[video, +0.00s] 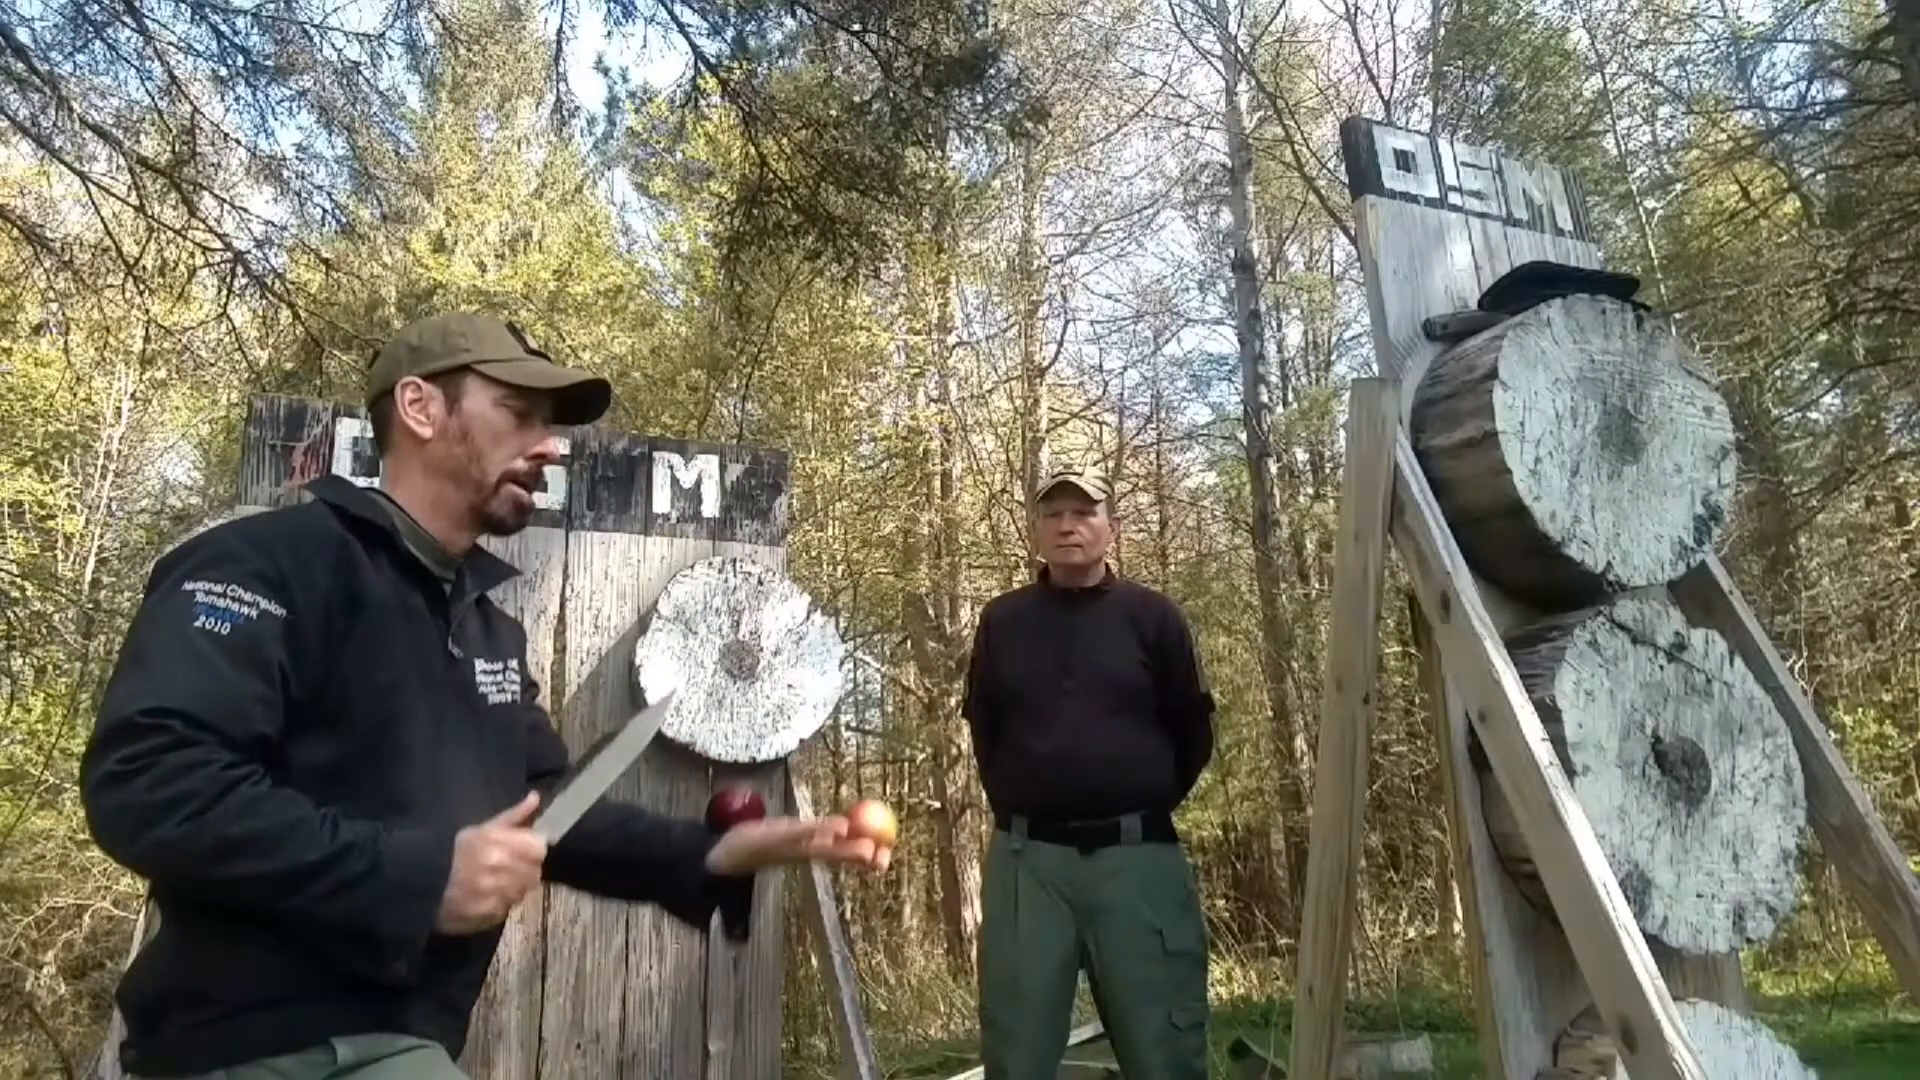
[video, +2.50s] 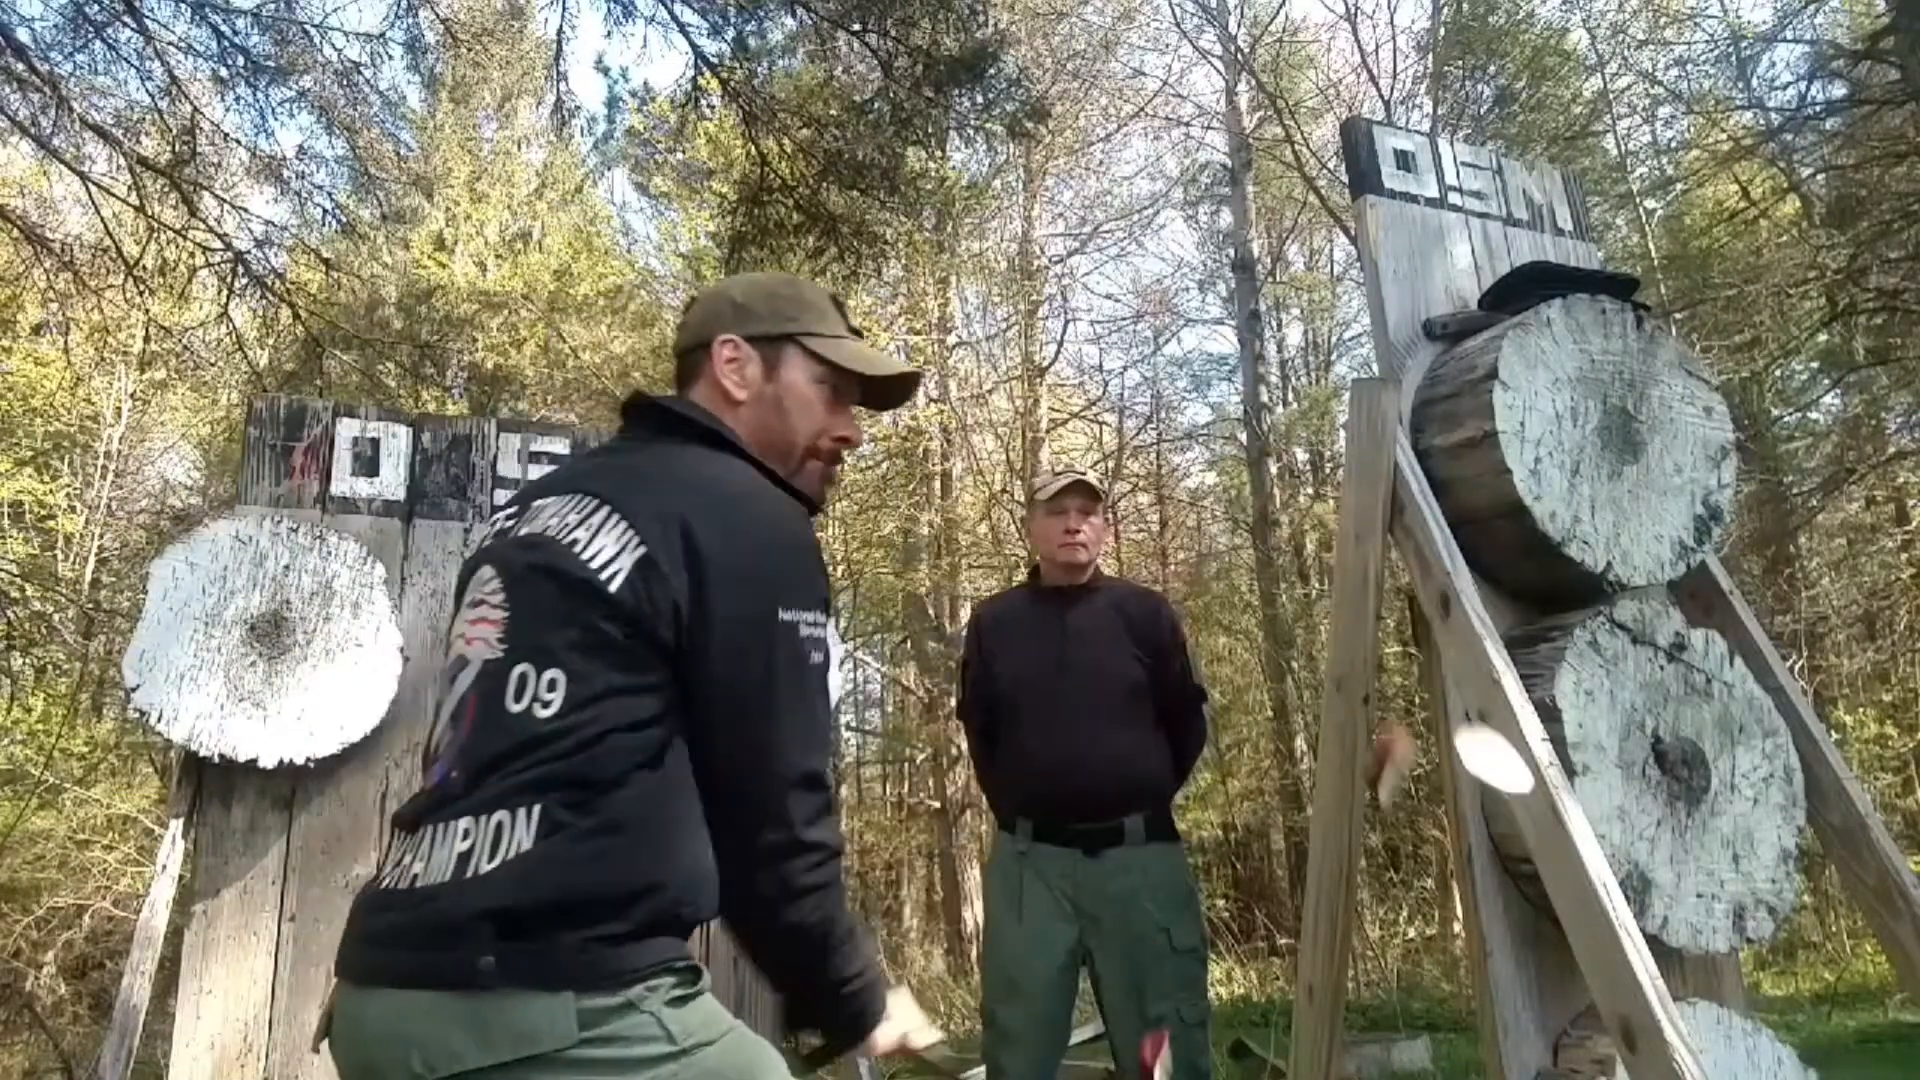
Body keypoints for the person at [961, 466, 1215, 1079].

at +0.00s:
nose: (1068, 525)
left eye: (1082, 513)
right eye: (1053, 515)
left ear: (1110, 529)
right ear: (1034, 533)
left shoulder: (1153, 615)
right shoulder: (1000, 619)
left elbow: (1194, 732)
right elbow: (983, 726)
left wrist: (1141, 813)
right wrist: (1026, 815)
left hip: (1138, 861)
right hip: (1025, 861)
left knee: (1163, 1057)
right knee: (1016, 1058)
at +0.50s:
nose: (1069, 521)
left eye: (1083, 510)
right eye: (1053, 512)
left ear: (1110, 530)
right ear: (1034, 533)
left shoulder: (1153, 614)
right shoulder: (1000, 618)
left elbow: (1194, 731)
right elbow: (983, 726)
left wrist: (1141, 813)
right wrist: (1026, 814)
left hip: (1138, 860)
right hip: (1025, 861)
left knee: (1164, 1057)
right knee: (1016, 1059)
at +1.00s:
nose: (1069, 519)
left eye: (1083, 508)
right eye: (1053, 510)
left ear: (1110, 529)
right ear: (1034, 532)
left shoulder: (1153, 614)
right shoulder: (1000, 619)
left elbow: (1194, 730)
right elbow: (983, 727)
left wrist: (1142, 813)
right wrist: (1025, 815)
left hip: (1138, 860)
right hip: (1025, 861)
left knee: (1164, 1057)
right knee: (1017, 1058)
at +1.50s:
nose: (1069, 518)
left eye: (1083, 508)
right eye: (1054, 509)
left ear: (1109, 530)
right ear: (1034, 532)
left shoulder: (1150, 613)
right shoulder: (999, 619)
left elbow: (1194, 730)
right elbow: (983, 730)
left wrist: (1141, 813)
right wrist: (1026, 817)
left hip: (1140, 860)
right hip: (1025, 861)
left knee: (1165, 1057)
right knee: (1017, 1059)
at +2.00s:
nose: (1071, 519)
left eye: (1085, 509)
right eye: (1055, 510)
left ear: (1107, 531)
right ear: (1033, 533)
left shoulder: (1149, 612)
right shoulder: (997, 620)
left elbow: (1191, 729)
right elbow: (982, 732)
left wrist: (1140, 813)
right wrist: (1026, 818)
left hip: (1140, 861)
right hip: (1026, 864)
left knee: (1164, 1057)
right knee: (1017, 1059)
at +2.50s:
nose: (1074, 525)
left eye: (1087, 513)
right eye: (1058, 513)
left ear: (1105, 533)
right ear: (1030, 530)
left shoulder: (1146, 612)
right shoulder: (992, 620)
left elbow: (1187, 722)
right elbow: (979, 730)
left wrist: (1138, 803)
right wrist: (1026, 815)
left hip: (1140, 861)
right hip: (1028, 862)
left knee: (1167, 1048)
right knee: (1019, 1052)